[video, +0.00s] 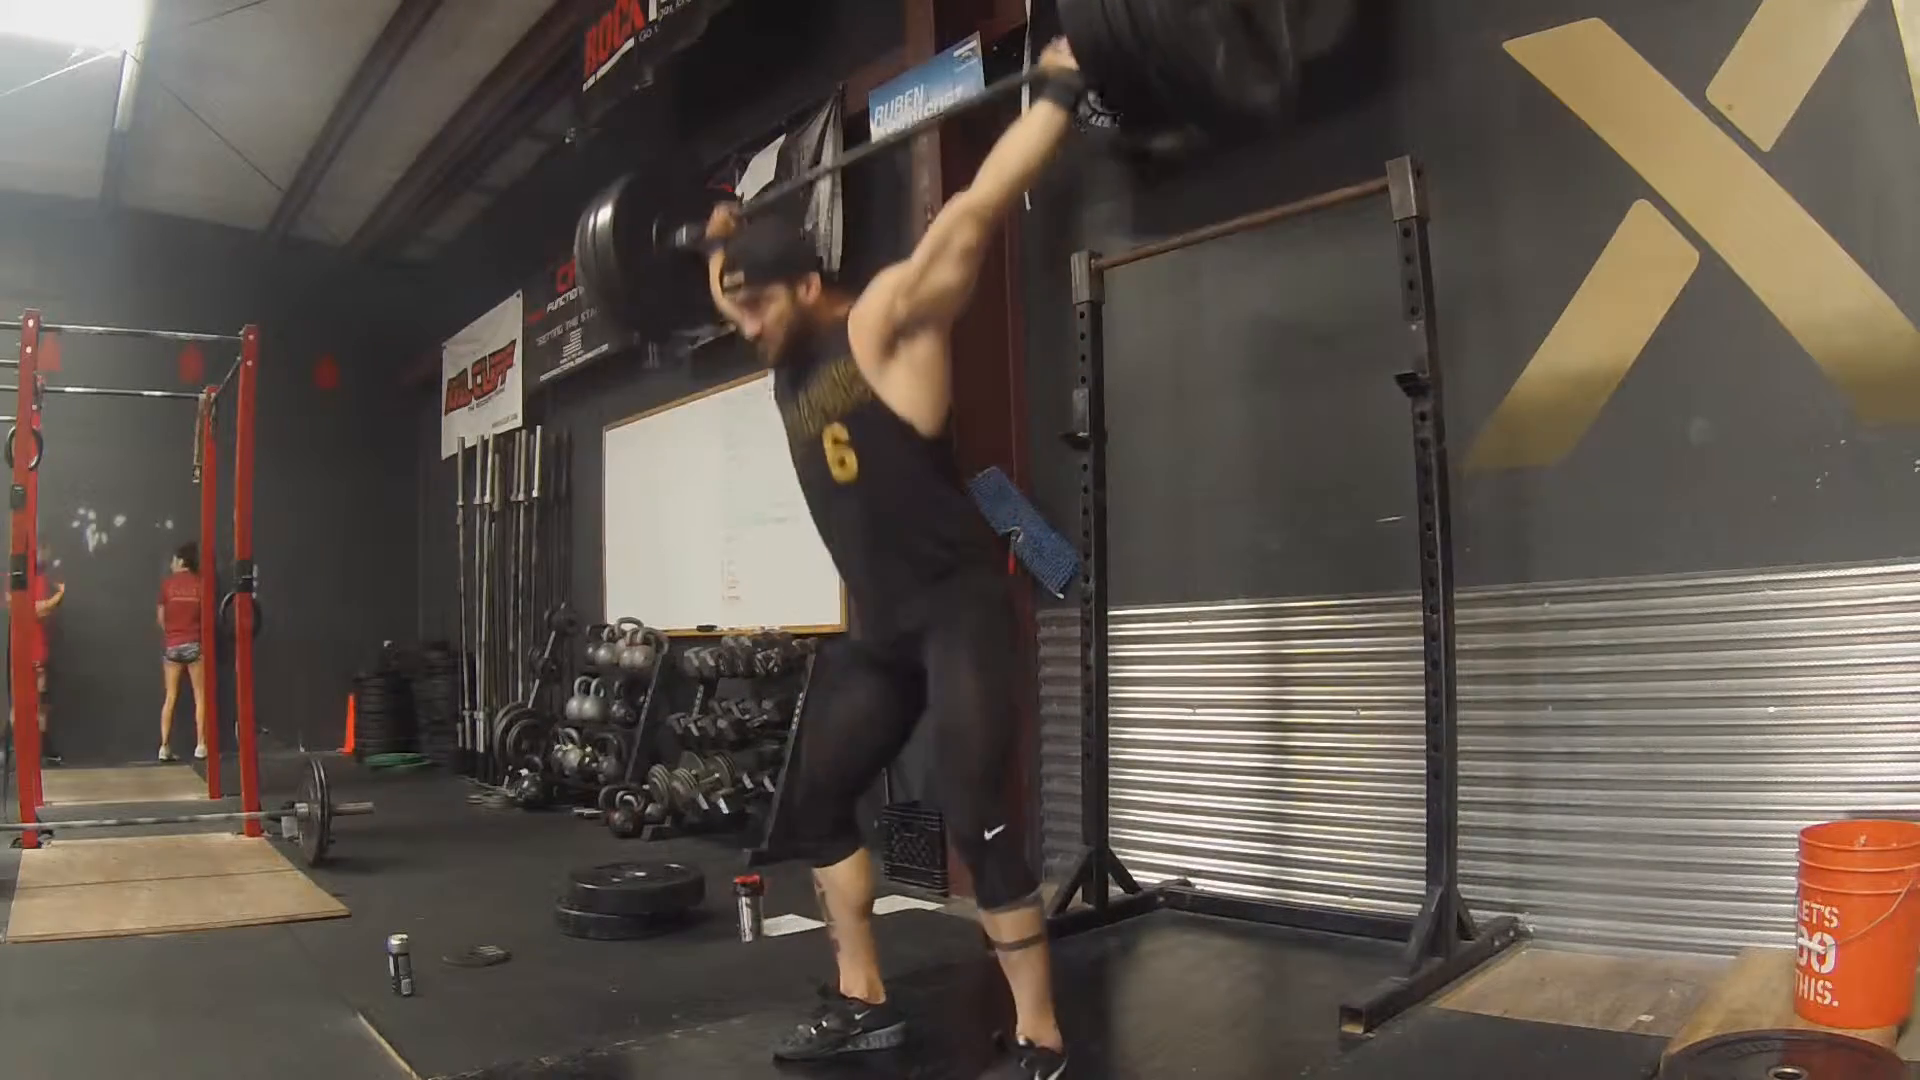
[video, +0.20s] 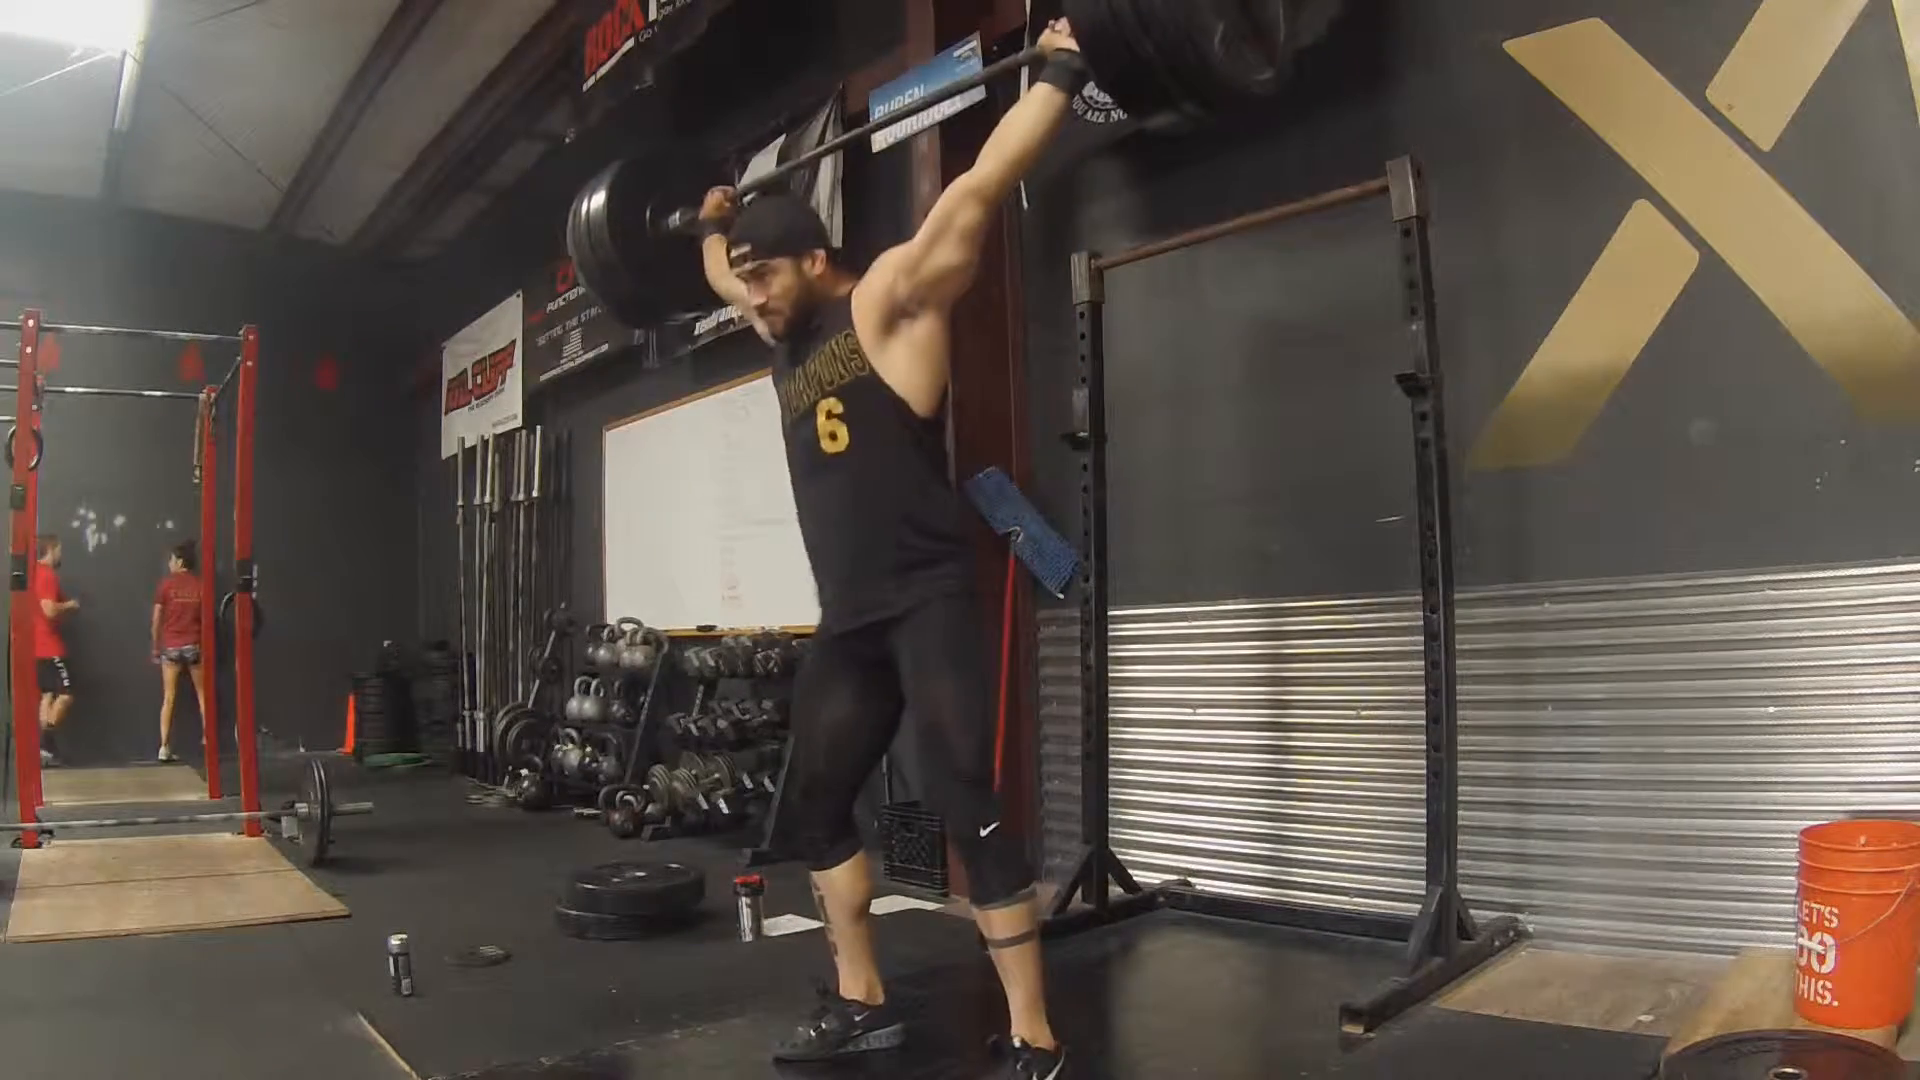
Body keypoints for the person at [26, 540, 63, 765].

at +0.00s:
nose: (46, 556)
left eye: (46, 550)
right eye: (43, 551)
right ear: (38, 555)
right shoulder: (38, 580)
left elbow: (39, 608)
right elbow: (39, 609)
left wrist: (56, 595)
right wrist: (59, 595)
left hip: (26, 652)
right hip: (36, 652)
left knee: (21, 701)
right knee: (40, 701)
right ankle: (41, 747)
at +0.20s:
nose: (60, 554)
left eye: (59, 550)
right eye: (58, 550)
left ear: (45, 551)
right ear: (48, 551)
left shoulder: (36, 573)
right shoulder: (45, 574)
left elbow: (44, 608)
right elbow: (49, 608)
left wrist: (62, 607)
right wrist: (70, 604)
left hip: (38, 644)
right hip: (48, 644)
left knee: (48, 693)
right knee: (65, 693)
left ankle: (43, 744)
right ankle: (46, 739)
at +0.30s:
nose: (68, 556)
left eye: (67, 551)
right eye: (66, 551)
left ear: (52, 551)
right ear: (56, 551)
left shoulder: (39, 575)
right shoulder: (52, 574)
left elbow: (40, 608)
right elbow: (53, 609)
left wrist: (64, 611)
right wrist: (73, 610)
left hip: (41, 647)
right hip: (54, 646)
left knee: (51, 693)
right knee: (75, 691)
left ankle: (45, 749)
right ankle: (69, 749)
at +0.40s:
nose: (76, 556)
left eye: (75, 551)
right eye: (74, 551)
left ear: (60, 552)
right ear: (64, 551)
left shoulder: (45, 576)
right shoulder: (61, 576)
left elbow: (41, 606)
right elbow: (59, 611)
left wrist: (68, 611)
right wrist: (78, 614)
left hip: (46, 647)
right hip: (63, 648)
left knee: (53, 694)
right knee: (82, 692)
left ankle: (48, 750)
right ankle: (95, 746)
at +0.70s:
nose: (98, 557)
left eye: (97, 552)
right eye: (96, 552)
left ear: (81, 553)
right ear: (88, 553)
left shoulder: (69, 575)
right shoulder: (86, 577)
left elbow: (67, 610)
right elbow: (87, 614)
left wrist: (92, 612)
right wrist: (102, 614)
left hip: (70, 650)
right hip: (87, 651)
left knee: (69, 695)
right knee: (99, 696)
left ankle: (52, 746)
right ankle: (112, 747)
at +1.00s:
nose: (119, 556)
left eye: (118, 552)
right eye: (116, 552)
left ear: (102, 552)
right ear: (106, 552)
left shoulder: (89, 574)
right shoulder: (105, 576)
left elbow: (92, 608)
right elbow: (111, 612)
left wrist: (121, 615)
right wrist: (129, 612)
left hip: (93, 647)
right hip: (106, 648)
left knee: (101, 693)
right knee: (109, 695)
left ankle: (82, 736)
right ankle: (112, 747)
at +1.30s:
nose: (128, 557)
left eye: (128, 552)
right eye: (126, 552)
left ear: (115, 552)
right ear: (119, 552)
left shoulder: (104, 576)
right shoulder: (113, 577)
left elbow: (107, 609)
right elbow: (113, 610)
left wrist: (129, 614)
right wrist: (133, 613)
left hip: (105, 645)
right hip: (111, 647)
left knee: (111, 695)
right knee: (113, 695)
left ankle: (113, 743)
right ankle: (114, 746)